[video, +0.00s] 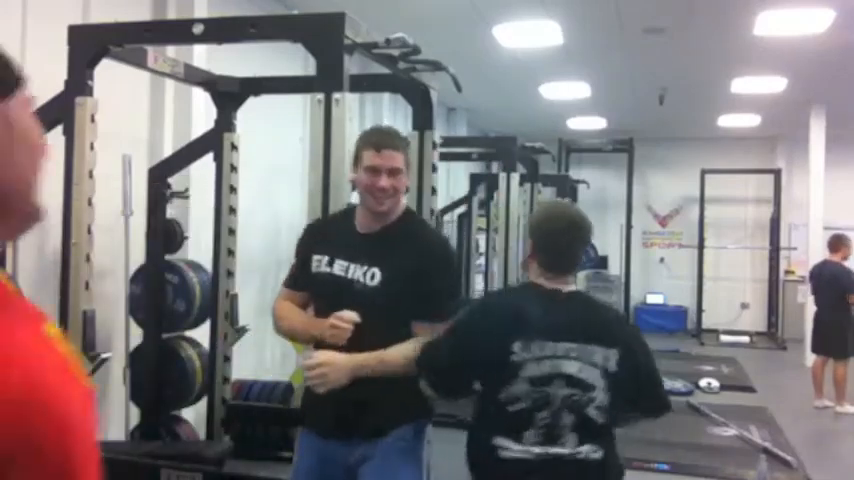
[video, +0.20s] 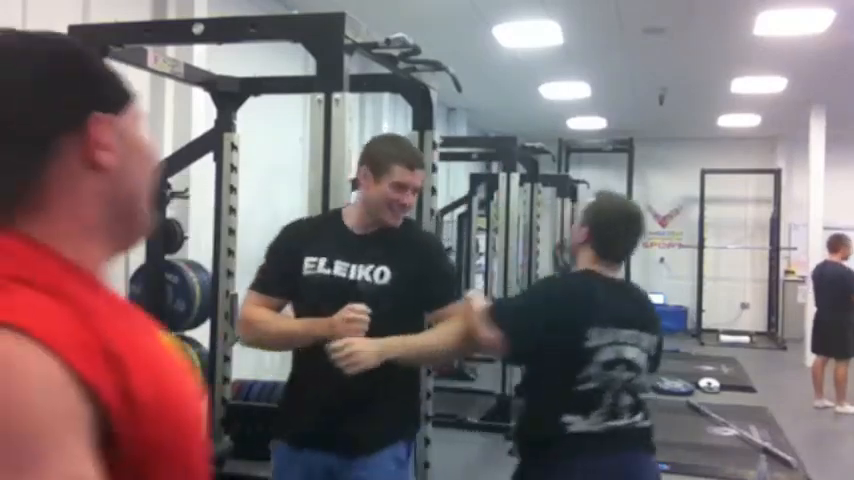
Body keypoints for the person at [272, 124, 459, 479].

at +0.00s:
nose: (383, 183)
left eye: (393, 173)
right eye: (373, 172)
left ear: (407, 178)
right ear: (354, 175)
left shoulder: (431, 250)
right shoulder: (320, 234)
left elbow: (434, 345)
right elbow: (284, 311)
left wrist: (353, 365)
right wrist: (319, 328)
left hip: (393, 429)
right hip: (322, 424)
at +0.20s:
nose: (408, 201)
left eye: (416, 191)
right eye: (398, 188)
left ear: (421, 190)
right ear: (363, 178)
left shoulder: (423, 249)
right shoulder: (301, 238)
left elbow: (459, 331)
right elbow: (249, 324)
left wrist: (381, 349)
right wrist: (327, 327)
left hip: (383, 443)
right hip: (304, 435)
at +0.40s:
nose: (391, 196)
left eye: (398, 187)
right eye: (379, 183)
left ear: (404, 190)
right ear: (343, 180)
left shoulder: (418, 258)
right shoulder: (282, 251)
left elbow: (497, 312)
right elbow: (238, 336)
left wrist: (434, 369)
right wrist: (321, 345)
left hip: (383, 457)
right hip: (295, 454)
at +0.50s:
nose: (361, 186)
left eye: (372, 177)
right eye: (349, 174)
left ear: (382, 183)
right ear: (324, 173)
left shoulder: (409, 259)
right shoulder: (289, 252)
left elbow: (478, 329)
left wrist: (422, 387)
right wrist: (322, 341)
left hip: (384, 456)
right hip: (302, 450)